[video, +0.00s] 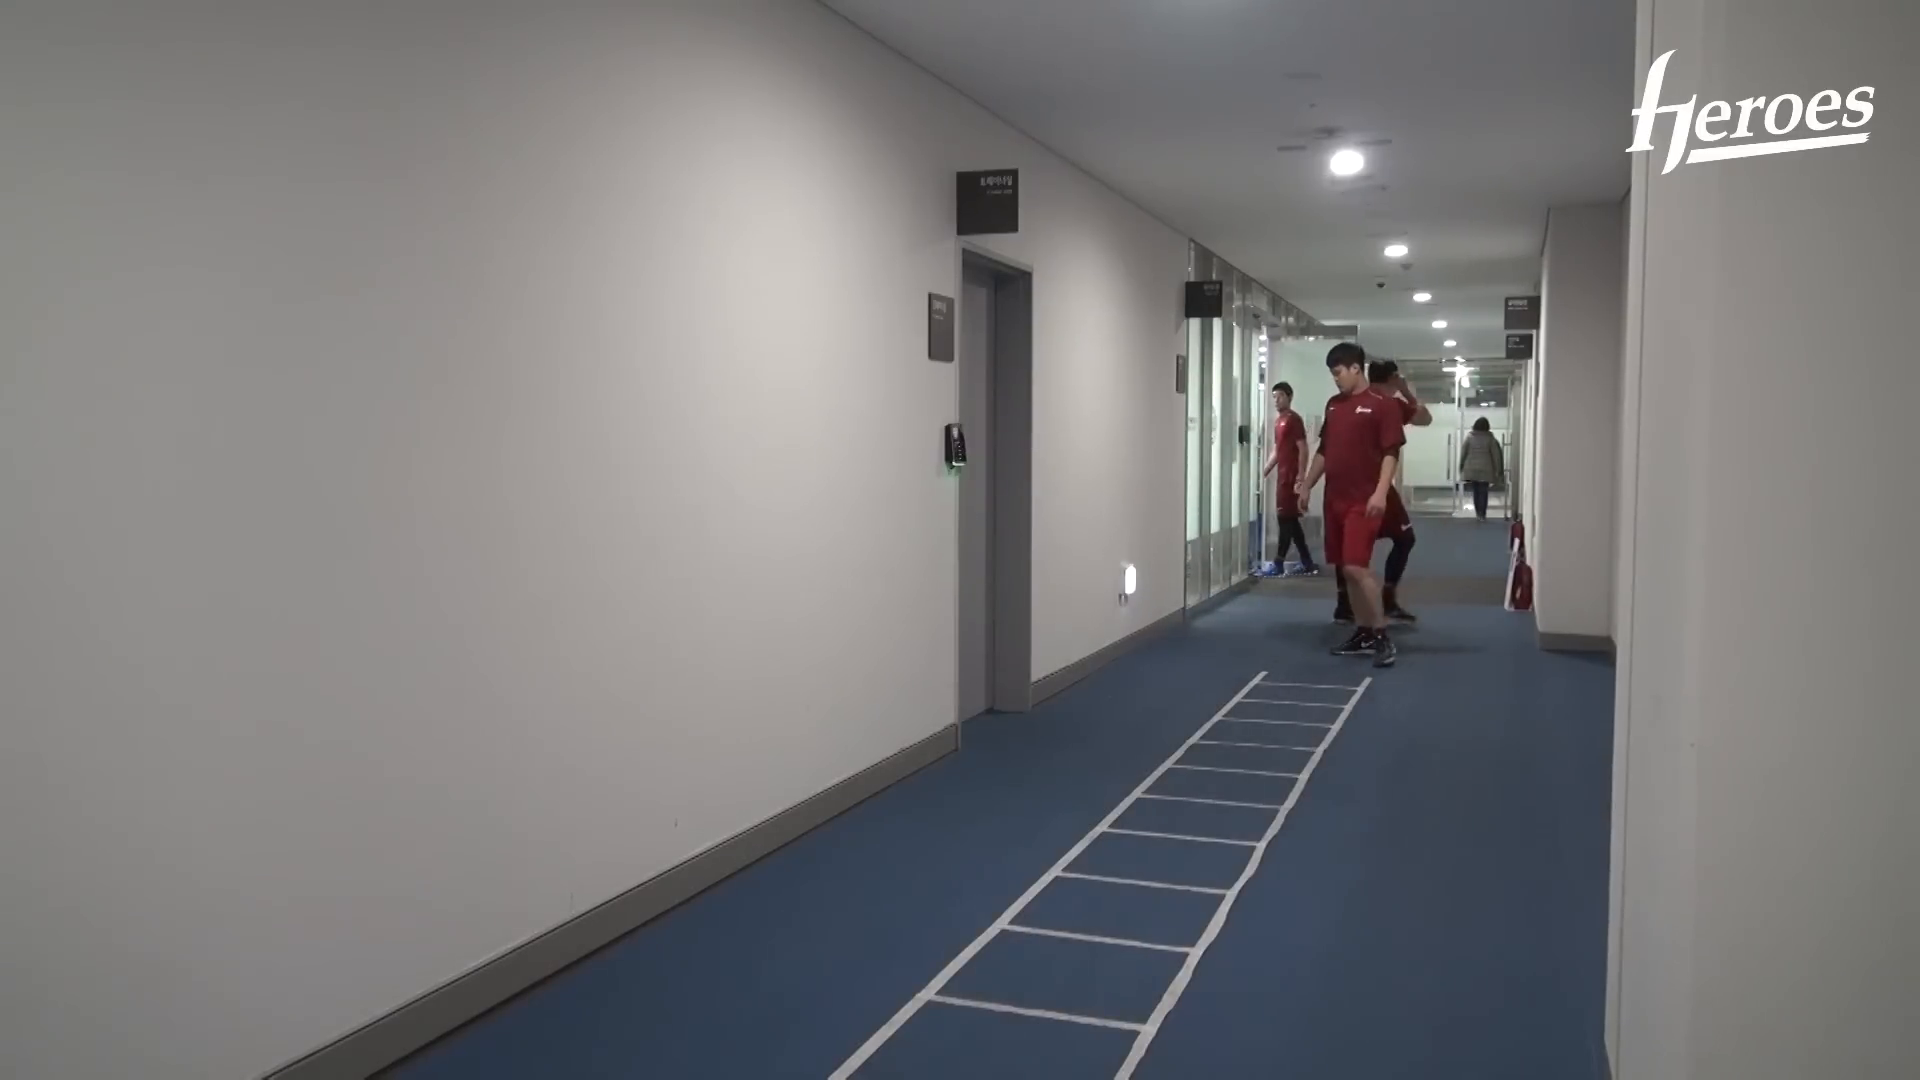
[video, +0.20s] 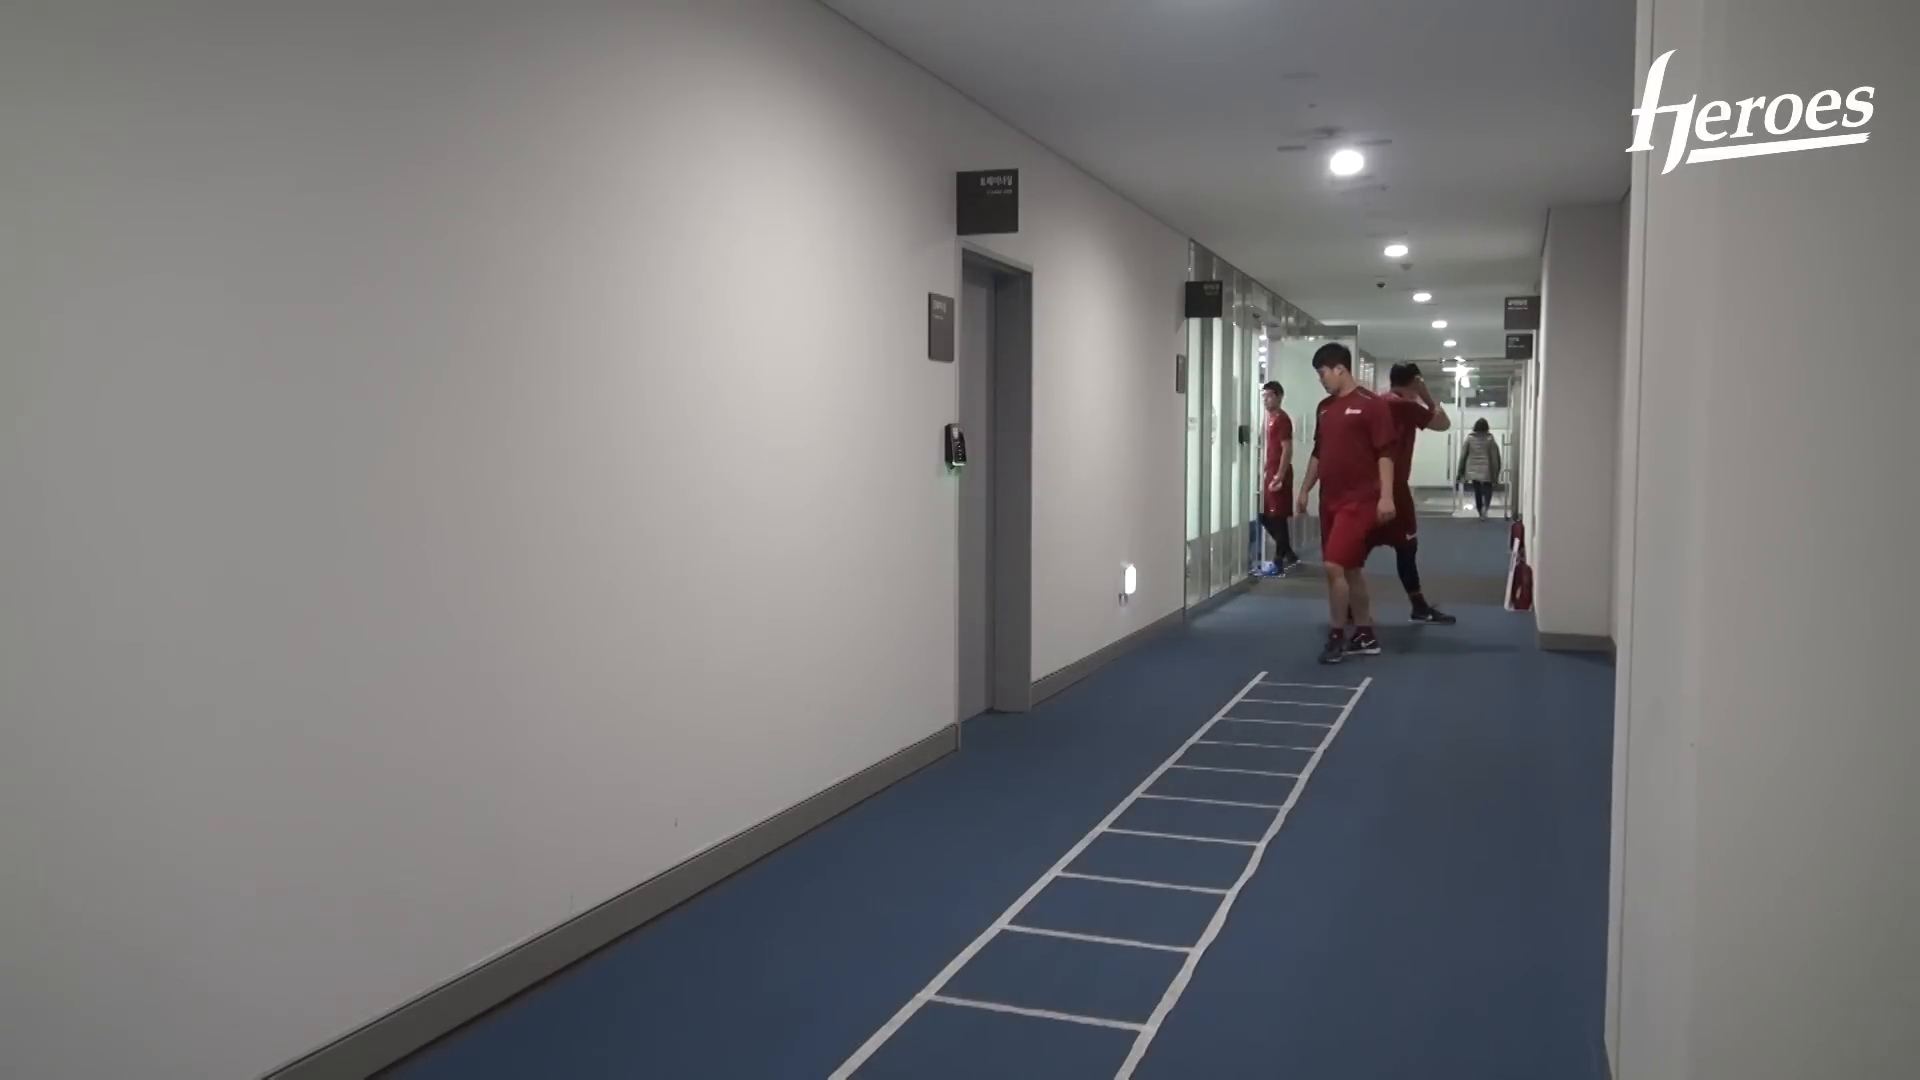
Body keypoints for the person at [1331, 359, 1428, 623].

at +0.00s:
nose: (1399, 386)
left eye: (1398, 381)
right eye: (1396, 381)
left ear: (1373, 380)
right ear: (1389, 381)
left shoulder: (1356, 403)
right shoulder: (1390, 405)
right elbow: (1425, 418)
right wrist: (1408, 393)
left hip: (1352, 482)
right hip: (1378, 483)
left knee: (1346, 543)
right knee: (1405, 538)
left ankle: (1345, 604)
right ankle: (1388, 599)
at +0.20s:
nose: (1420, 390)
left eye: (1419, 385)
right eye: (1418, 386)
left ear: (1392, 384)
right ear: (1412, 385)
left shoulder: (1377, 402)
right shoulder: (1405, 406)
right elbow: (1442, 422)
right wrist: (1425, 395)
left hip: (1369, 485)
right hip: (1395, 487)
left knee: (1355, 550)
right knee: (1406, 548)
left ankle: (1347, 607)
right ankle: (1419, 606)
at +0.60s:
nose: (1456, 384)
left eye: (1456, 379)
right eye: (1454, 379)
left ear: (1431, 379)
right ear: (1445, 379)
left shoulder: (1411, 401)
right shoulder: (1431, 404)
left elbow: (1398, 440)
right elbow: (1471, 420)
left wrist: (1402, 469)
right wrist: (1459, 389)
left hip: (1408, 480)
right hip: (1418, 483)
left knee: (1426, 537)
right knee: (1422, 541)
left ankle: (1406, 591)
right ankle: (1419, 604)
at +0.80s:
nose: (1468, 392)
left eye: (1469, 386)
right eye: (1468, 386)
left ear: (1452, 378)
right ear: (1459, 379)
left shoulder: (1440, 402)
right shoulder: (1433, 403)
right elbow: (1474, 419)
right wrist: (1466, 390)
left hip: (1436, 485)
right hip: (1422, 486)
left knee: (1441, 545)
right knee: (1421, 545)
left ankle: (1453, 602)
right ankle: (1420, 606)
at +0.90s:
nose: (1472, 391)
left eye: (1474, 386)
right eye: (1473, 385)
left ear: (1458, 377)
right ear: (1463, 378)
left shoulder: (1448, 403)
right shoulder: (1434, 403)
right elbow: (1470, 419)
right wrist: (1468, 392)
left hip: (1449, 486)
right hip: (1429, 486)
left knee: (1448, 546)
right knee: (1425, 544)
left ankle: (1454, 604)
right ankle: (1420, 606)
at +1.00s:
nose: (1481, 393)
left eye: (1482, 388)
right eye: (1480, 386)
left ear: (1465, 379)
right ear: (1467, 379)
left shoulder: (1459, 405)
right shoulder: (1436, 402)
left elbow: (1454, 450)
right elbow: (1462, 417)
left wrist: (1458, 480)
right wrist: (1466, 390)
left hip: (1450, 487)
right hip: (1432, 487)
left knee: (1449, 547)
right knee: (1431, 545)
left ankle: (1454, 604)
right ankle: (1421, 605)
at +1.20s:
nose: (1490, 393)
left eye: (1493, 388)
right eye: (1489, 386)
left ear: (1487, 386)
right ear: (1475, 380)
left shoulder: (1480, 409)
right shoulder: (1439, 400)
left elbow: (1481, 443)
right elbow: (1449, 415)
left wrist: (1493, 475)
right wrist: (1465, 388)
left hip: (1460, 485)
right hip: (1434, 483)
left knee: (1455, 544)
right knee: (1436, 540)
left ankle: (1455, 604)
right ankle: (1423, 603)